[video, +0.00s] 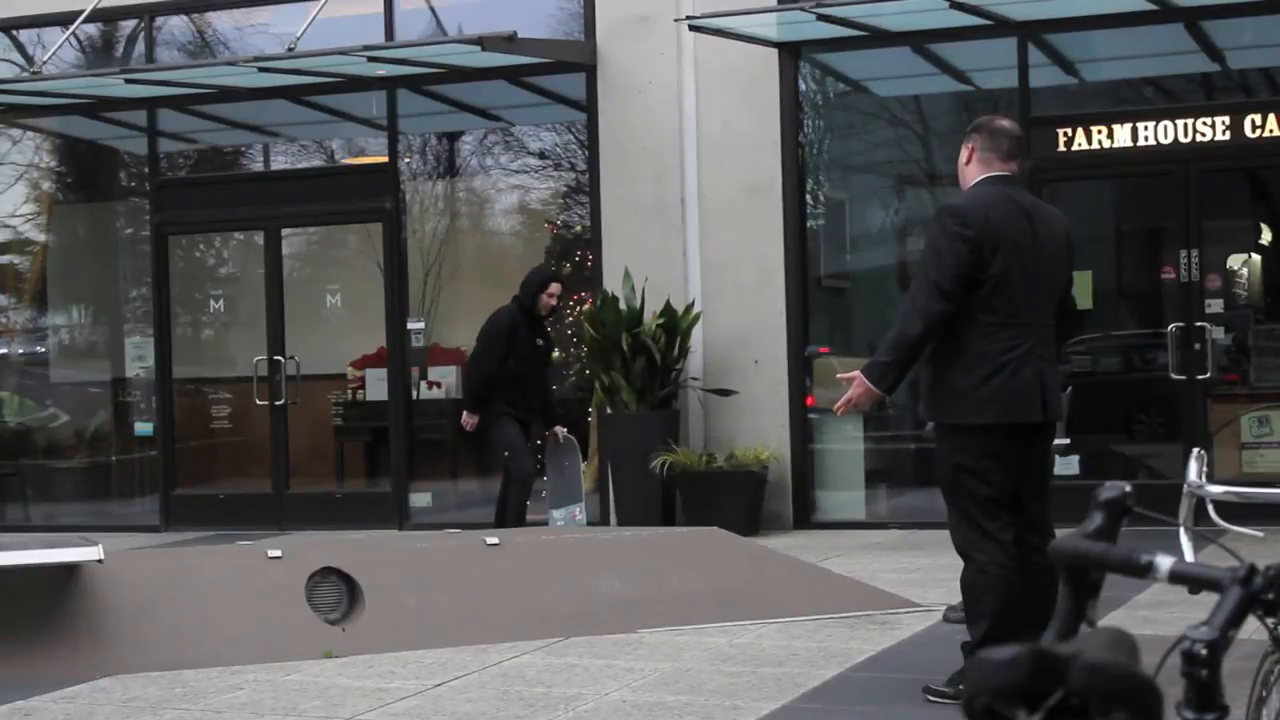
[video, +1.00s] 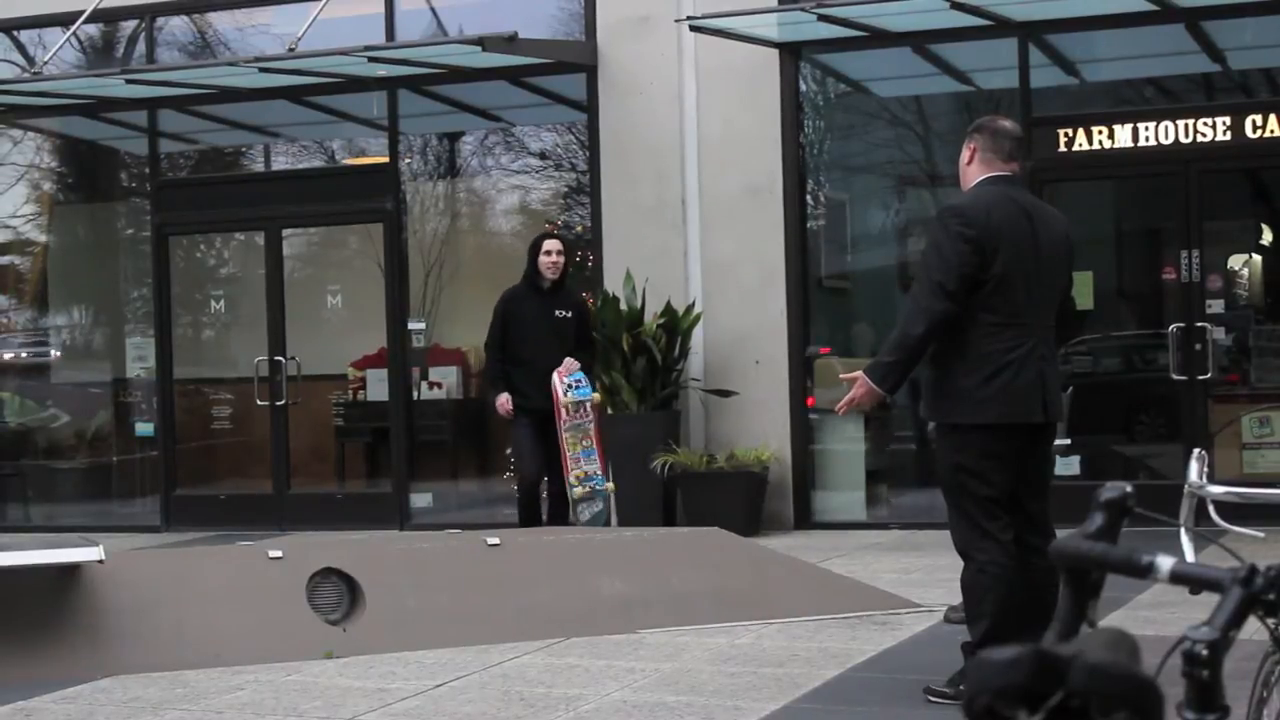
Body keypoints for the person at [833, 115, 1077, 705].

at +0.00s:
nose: (957, 168)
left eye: (959, 159)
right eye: (961, 159)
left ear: (970, 157)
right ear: (1020, 163)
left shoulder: (963, 216)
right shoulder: (1050, 221)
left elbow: (928, 308)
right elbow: (1067, 314)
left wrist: (878, 376)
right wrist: (1025, 353)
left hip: (972, 407)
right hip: (1033, 406)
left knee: (982, 538)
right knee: (1029, 532)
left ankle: (987, 674)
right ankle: (1030, 666)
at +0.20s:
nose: (957, 168)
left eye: (959, 159)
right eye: (960, 160)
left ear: (969, 157)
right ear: (1020, 163)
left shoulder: (963, 215)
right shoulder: (1050, 221)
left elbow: (927, 308)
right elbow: (1066, 316)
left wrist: (877, 376)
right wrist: (1024, 352)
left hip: (972, 407)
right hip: (1033, 407)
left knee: (981, 539)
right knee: (1028, 532)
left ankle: (987, 674)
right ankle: (1031, 667)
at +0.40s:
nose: (957, 166)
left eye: (959, 157)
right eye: (961, 158)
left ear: (970, 155)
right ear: (1020, 163)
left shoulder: (963, 215)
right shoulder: (1049, 220)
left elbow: (928, 307)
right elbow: (1065, 316)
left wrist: (877, 375)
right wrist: (1022, 349)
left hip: (972, 407)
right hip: (1033, 407)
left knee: (982, 540)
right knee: (1029, 533)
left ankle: (987, 674)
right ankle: (1032, 667)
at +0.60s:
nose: (957, 166)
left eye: (959, 157)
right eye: (961, 158)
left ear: (970, 155)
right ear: (1020, 163)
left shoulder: (963, 216)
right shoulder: (1049, 221)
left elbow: (928, 307)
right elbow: (1065, 317)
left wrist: (879, 375)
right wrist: (1021, 348)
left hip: (973, 407)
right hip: (1033, 407)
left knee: (982, 538)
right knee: (1029, 532)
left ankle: (988, 674)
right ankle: (1031, 666)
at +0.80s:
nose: (957, 166)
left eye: (959, 156)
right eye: (961, 158)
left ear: (970, 155)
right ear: (1020, 163)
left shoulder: (964, 215)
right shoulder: (1050, 222)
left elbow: (929, 307)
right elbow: (1065, 317)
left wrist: (879, 376)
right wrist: (1022, 349)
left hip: (972, 408)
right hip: (1033, 407)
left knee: (981, 538)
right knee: (1029, 531)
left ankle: (988, 674)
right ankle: (1032, 666)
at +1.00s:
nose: (959, 166)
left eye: (961, 157)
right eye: (962, 157)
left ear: (971, 155)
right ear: (1021, 163)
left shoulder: (964, 216)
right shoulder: (1050, 222)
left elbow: (929, 308)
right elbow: (1067, 317)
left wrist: (880, 377)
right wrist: (1024, 351)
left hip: (972, 408)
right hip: (1033, 407)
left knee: (982, 539)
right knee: (1029, 532)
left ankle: (987, 674)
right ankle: (1032, 667)